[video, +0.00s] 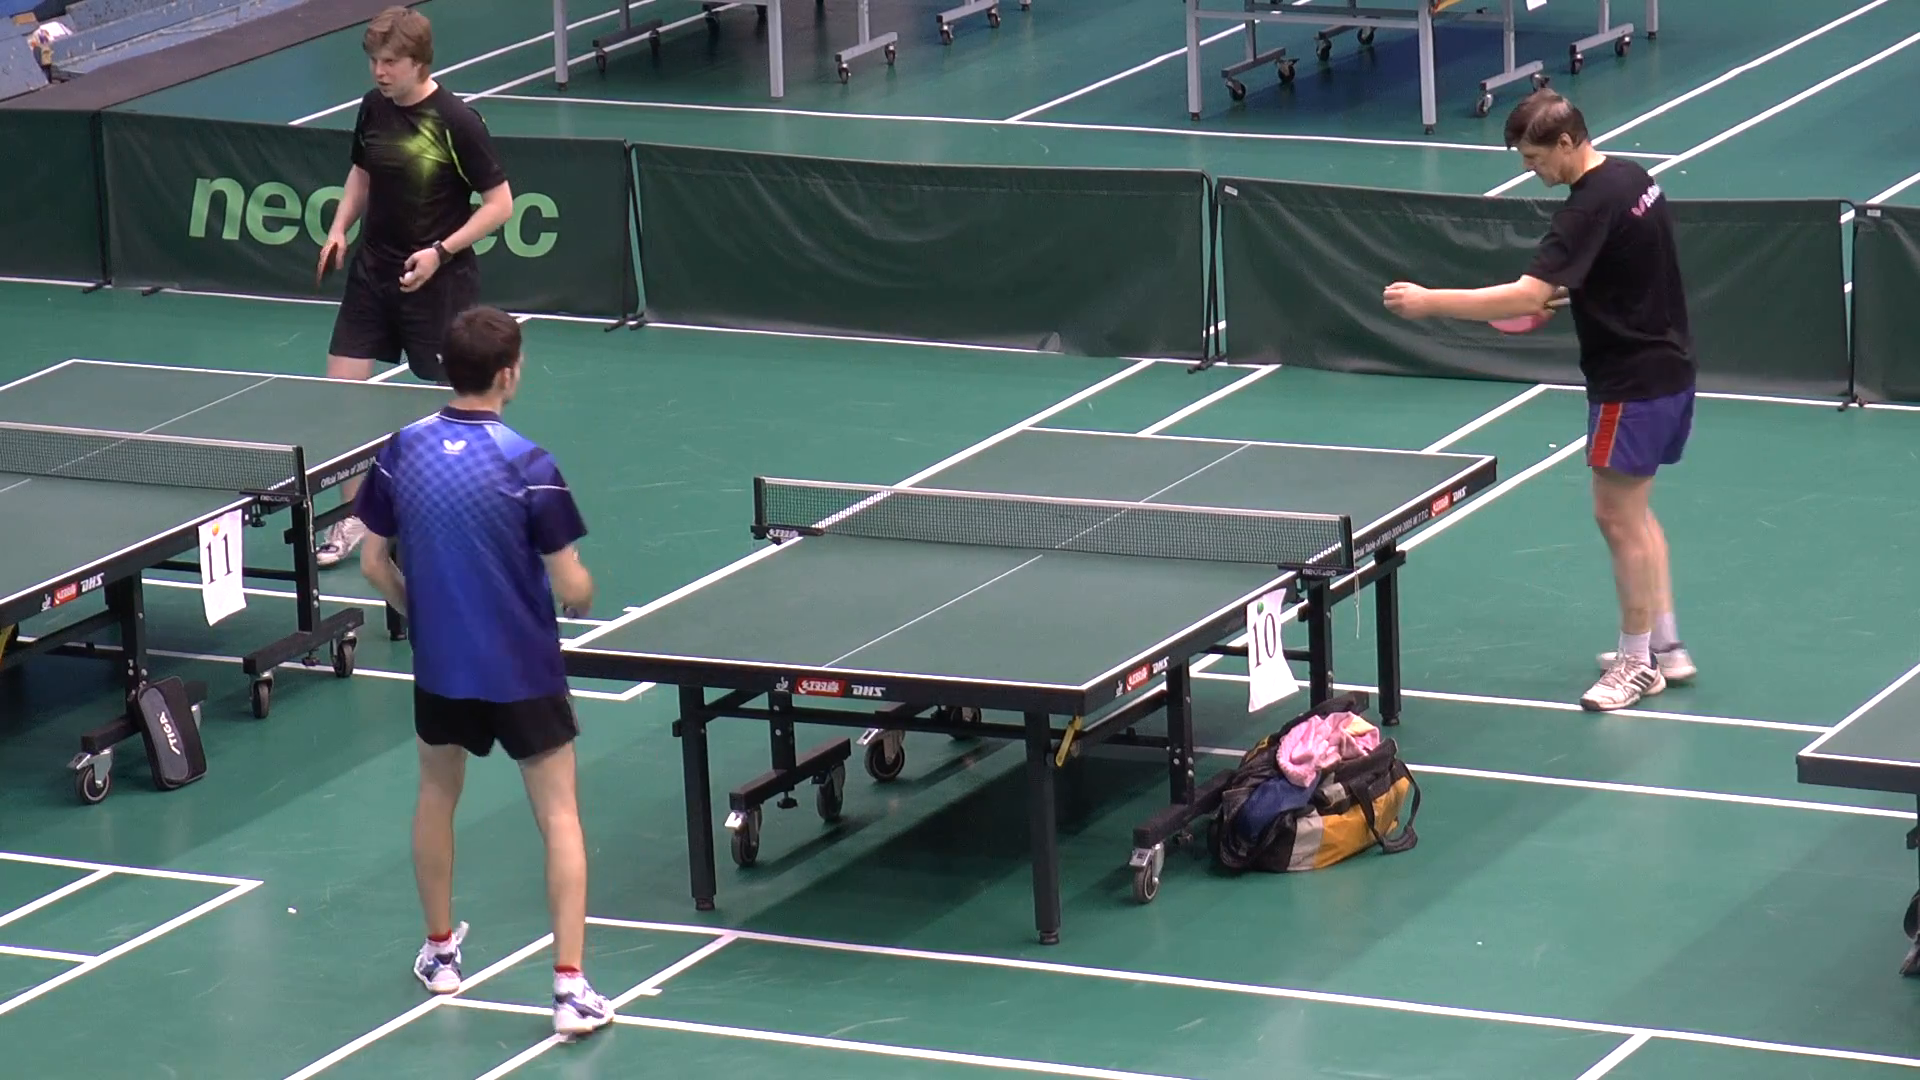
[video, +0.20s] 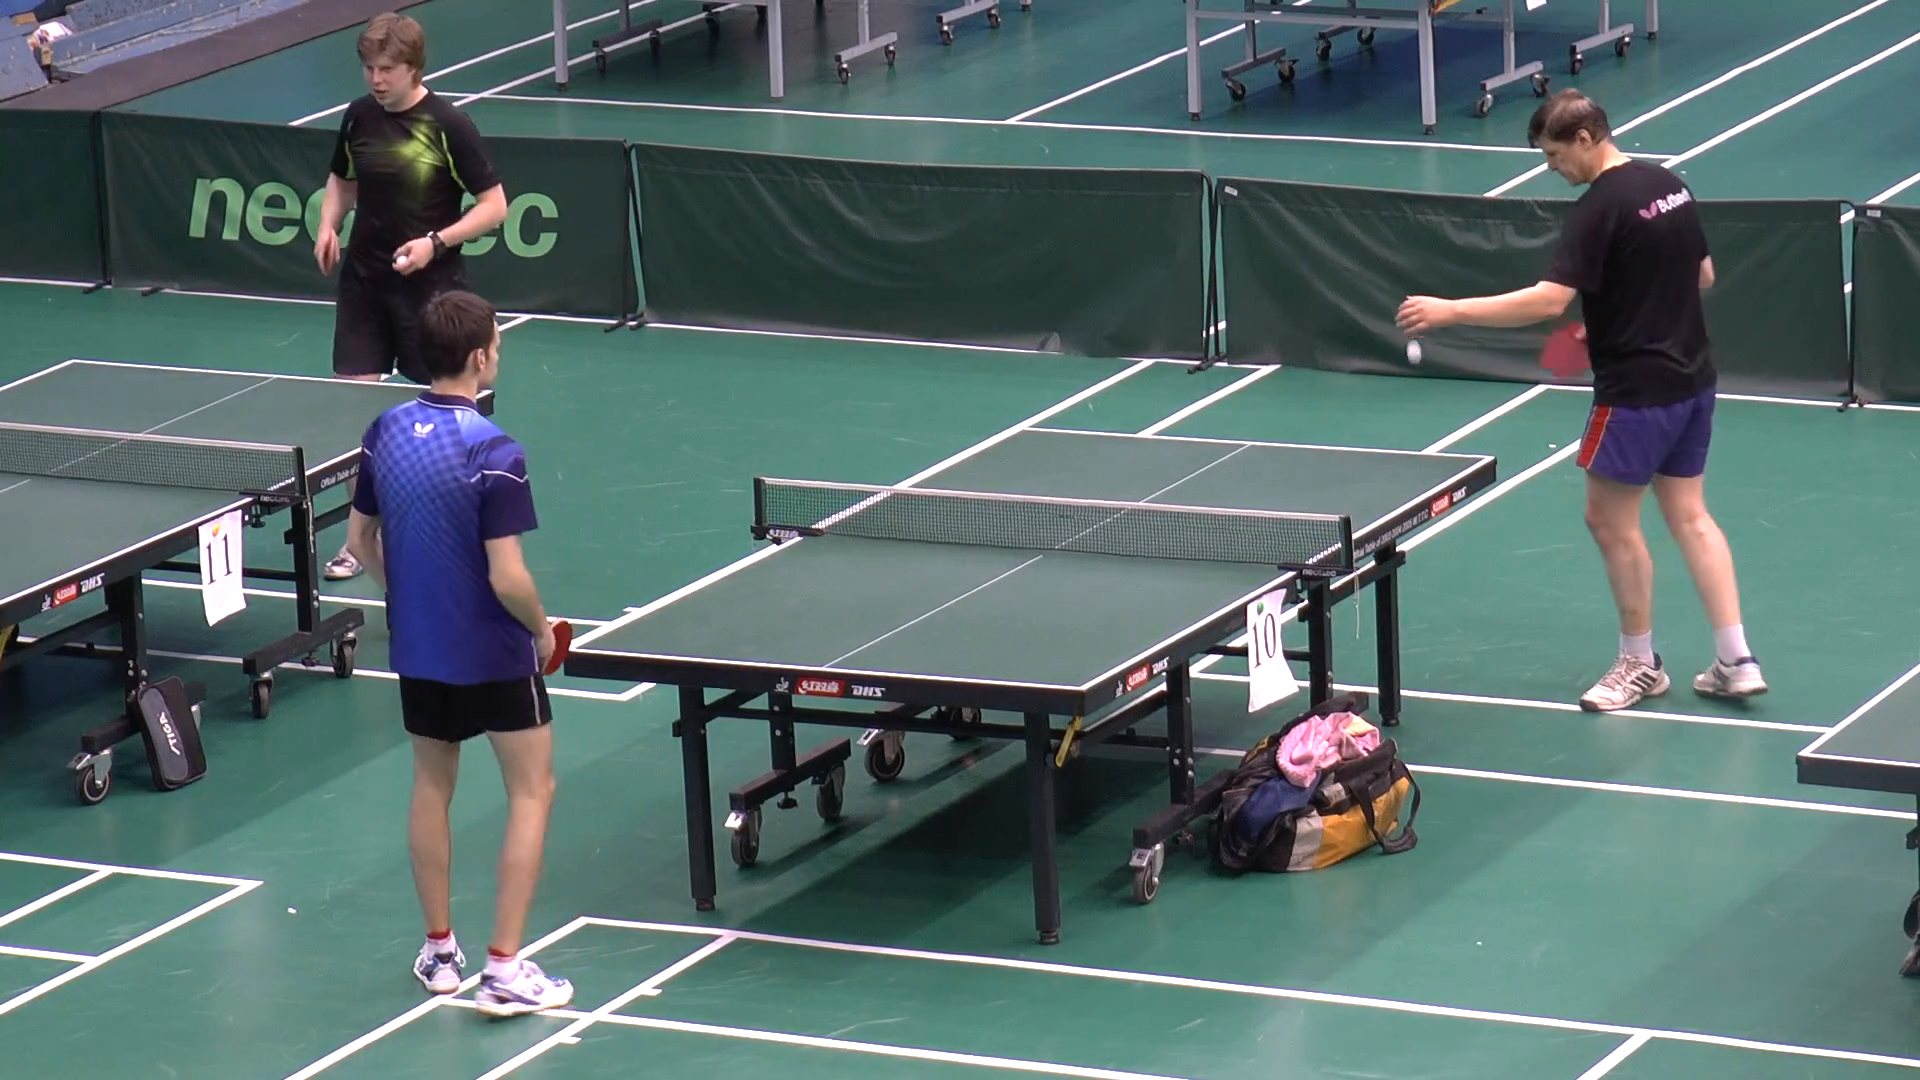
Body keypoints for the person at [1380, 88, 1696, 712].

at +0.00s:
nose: (1532, 171)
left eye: (1534, 159)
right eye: (1527, 161)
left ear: (1565, 142)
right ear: (1570, 141)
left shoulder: (1591, 203)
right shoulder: (1628, 175)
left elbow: (1528, 294)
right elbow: (1615, 268)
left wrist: (1429, 301)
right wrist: (1552, 295)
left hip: (1632, 384)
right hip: (1661, 372)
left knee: (1619, 518)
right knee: (1632, 510)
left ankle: (1636, 661)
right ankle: (1666, 648)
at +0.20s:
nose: (1553, 168)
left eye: (1554, 156)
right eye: (1547, 158)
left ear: (1585, 138)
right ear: (1601, 136)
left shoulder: (1597, 208)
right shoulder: (1665, 181)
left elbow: (1550, 301)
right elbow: (1703, 273)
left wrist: (1451, 310)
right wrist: (1615, 303)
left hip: (1636, 395)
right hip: (1693, 383)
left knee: (1610, 518)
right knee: (1691, 515)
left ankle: (1639, 663)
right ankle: (1737, 659)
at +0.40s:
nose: (1581, 174)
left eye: (1582, 160)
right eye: (1576, 164)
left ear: (1613, 142)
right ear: (1622, 142)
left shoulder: (1624, 209)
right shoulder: (1694, 191)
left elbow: (1574, 298)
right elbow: (1737, 285)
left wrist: (1471, 304)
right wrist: (1671, 325)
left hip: (1656, 391)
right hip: (1716, 384)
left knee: (1579, 509)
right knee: (1720, 526)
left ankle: (1638, 655)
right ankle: (1745, 675)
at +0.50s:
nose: (1586, 175)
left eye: (1585, 161)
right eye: (1580, 165)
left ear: (1616, 141)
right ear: (1626, 140)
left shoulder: (1627, 206)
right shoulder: (1700, 190)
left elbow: (1565, 296)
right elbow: (1743, 284)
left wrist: (1465, 301)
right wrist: (1673, 322)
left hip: (1658, 392)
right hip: (1722, 387)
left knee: (1578, 507)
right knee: (1722, 527)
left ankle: (1611, 663)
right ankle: (1745, 677)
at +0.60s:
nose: (1583, 178)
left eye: (1581, 165)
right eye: (1577, 168)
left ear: (1609, 144)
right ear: (1621, 142)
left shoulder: (1622, 207)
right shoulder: (1696, 191)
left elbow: (1552, 297)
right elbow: (1738, 285)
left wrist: (1455, 309)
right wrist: (1646, 331)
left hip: (1658, 397)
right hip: (1722, 391)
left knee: (1588, 516)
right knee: (1724, 530)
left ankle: (1568, 675)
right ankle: (1745, 676)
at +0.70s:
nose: (1566, 185)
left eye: (1566, 171)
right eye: (1561, 175)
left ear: (1594, 152)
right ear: (1612, 151)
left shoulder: (1607, 212)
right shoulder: (1681, 194)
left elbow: (1542, 307)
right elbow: (1722, 288)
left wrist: (1446, 328)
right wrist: (1625, 319)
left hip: (1655, 399)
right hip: (1719, 391)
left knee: (1591, 533)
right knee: (1721, 532)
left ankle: (1547, 680)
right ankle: (1746, 677)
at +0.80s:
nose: (1541, 201)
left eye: (1539, 186)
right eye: (1535, 190)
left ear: (1566, 166)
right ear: (1583, 161)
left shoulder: (1581, 228)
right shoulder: (1658, 198)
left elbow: (1533, 329)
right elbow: (1644, 295)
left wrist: (1444, 348)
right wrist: (1563, 320)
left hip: (1643, 403)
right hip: (1709, 392)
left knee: (1586, 540)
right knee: (1715, 534)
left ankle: (1544, 685)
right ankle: (1744, 677)